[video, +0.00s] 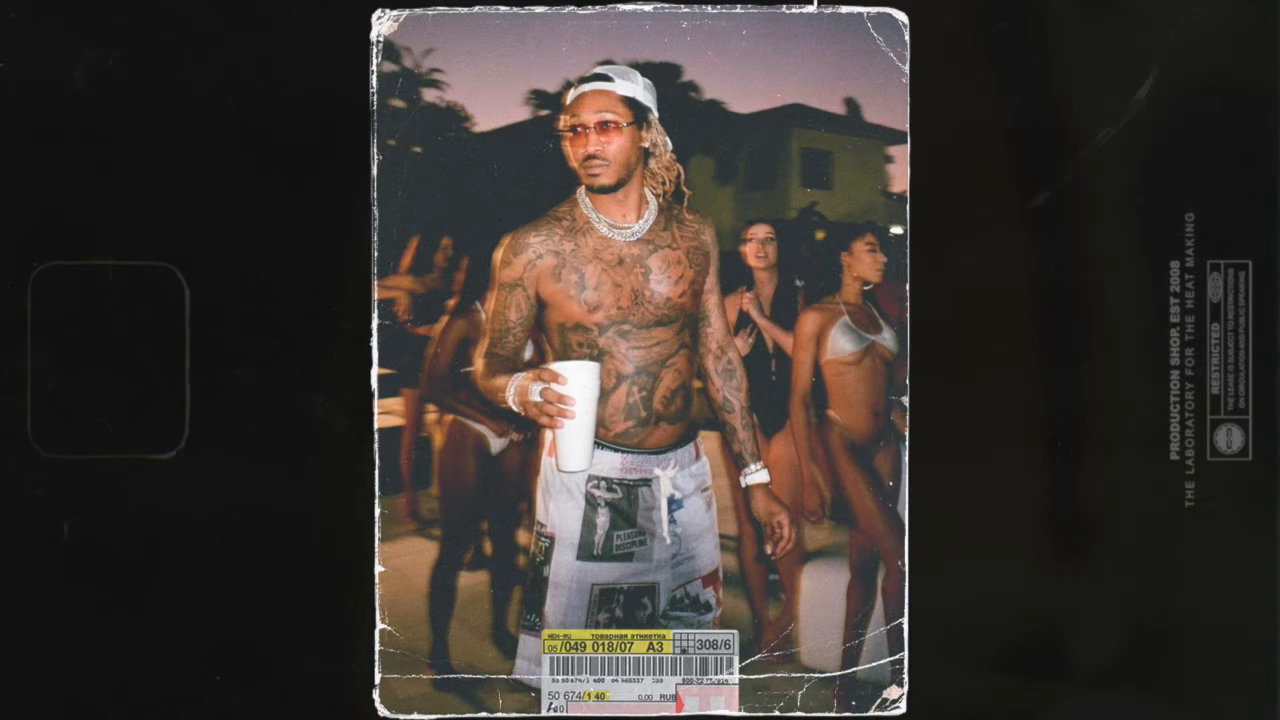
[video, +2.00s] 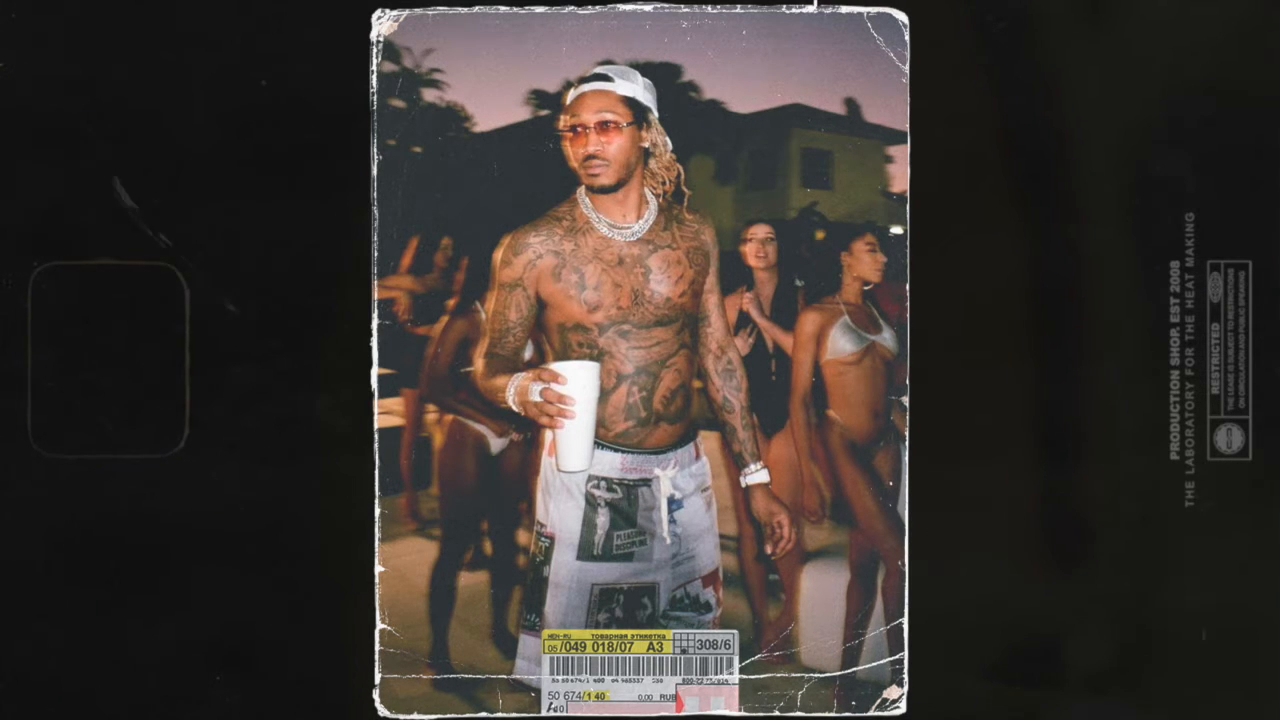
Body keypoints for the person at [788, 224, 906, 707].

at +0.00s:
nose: (882, 259)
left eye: (882, 251)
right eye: (871, 251)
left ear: (873, 262)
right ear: (843, 259)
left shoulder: (878, 316)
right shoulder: (818, 317)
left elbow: (888, 390)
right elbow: (799, 403)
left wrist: (901, 428)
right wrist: (813, 478)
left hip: (882, 447)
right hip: (838, 448)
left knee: (863, 563)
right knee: (898, 552)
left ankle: (846, 673)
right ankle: (902, 671)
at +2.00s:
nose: (882, 259)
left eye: (881, 251)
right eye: (871, 251)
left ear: (869, 261)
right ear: (844, 259)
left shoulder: (877, 314)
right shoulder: (818, 317)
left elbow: (886, 390)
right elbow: (798, 403)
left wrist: (902, 435)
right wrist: (813, 478)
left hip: (882, 447)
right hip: (838, 448)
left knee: (864, 562)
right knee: (898, 552)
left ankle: (847, 673)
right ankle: (902, 671)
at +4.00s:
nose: (882, 259)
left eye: (881, 251)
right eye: (871, 251)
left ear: (870, 261)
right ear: (844, 259)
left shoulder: (877, 315)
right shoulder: (818, 317)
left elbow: (885, 394)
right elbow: (798, 404)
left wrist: (900, 445)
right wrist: (813, 478)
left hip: (880, 448)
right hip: (838, 449)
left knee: (863, 564)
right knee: (898, 552)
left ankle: (846, 673)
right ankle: (903, 670)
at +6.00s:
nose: (882, 259)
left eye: (881, 251)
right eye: (871, 251)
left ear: (872, 262)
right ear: (844, 259)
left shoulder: (877, 315)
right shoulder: (818, 317)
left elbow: (886, 391)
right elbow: (799, 402)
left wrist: (900, 433)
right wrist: (812, 477)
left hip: (883, 447)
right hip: (839, 448)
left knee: (863, 562)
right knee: (897, 552)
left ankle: (846, 672)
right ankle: (902, 670)